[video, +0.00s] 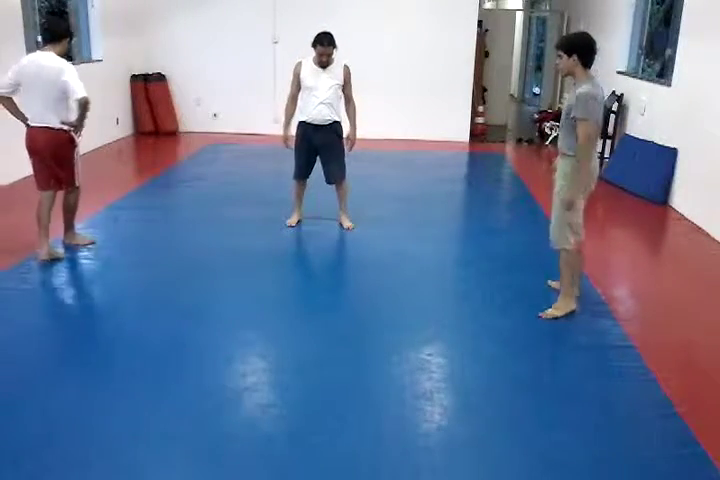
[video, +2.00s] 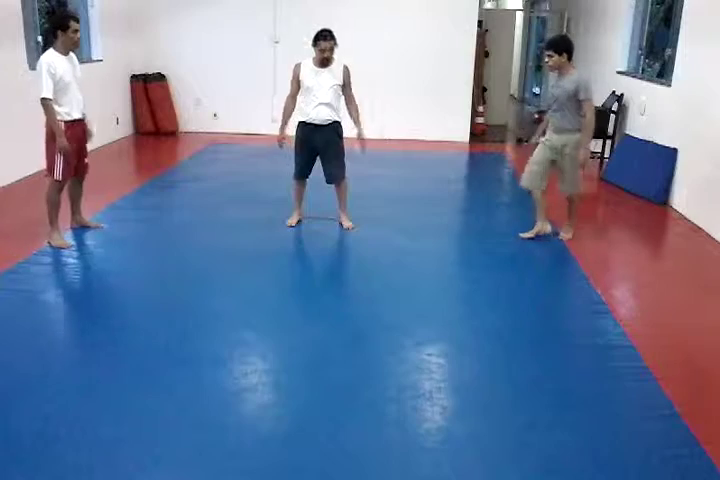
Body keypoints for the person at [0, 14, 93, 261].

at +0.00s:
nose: (69, 46)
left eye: (68, 41)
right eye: (68, 41)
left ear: (43, 38)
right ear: (64, 40)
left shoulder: (25, 63)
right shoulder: (63, 67)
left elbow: (4, 93)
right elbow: (83, 100)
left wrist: (23, 119)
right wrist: (79, 123)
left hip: (34, 134)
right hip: (60, 135)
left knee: (46, 190)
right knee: (71, 186)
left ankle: (44, 247)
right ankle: (70, 235)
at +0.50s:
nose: (83, 45)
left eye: (84, 41)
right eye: (83, 41)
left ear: (62, 36)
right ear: (76, 38)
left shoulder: (43, 56)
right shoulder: (71, 59)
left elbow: (19, 84)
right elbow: (86, 91)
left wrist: (33, 113)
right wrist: (82, 117)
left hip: (44, 124)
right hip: (63, 125)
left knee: (63, 177)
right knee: (72, 180)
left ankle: (68, 222)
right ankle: (69, 234)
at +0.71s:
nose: (87, 44)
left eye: (87, 39)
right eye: (86, 38)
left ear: (71, 35)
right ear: (76, 36)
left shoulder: (54, 55)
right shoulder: (63, 56)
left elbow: (40, 91)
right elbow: (62, 87)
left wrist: (47, 116)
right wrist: (78, 107)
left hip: (53, 119)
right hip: (62, 121)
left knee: (68, 172)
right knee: (70, 175)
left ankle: (71, 218)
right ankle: (68, 231)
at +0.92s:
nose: (88, 40)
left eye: (88, 35)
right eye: (86, 35)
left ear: (72, 33)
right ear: (73, 33)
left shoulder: (64, 55)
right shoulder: (55, 54)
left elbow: (60, 89)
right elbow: (46, 85)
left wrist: (76, 115)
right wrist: (75, 112)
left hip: (66, 120)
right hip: (58, 121)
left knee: (70, 175)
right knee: (66, 176)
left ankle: (71, 219)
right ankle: (66, 229)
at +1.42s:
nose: (75, 35)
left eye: (75, 31)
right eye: (71, 31)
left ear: (66, 33)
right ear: (56, 32)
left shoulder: (66, 58)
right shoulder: (40, 59)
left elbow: (75, 97)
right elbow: (37, 100)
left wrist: (93, 121)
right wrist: (44, 131)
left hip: (70, 123)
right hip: (52, 125)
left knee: (76, 173)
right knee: (53, 180)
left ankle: (71, 219)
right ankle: (54, 232)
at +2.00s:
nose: (78, 36)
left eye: (79, 32)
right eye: (74, 32)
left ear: (73, 33)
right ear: (60, 33)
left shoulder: (72, 58)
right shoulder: (47, 61)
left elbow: (75, 94)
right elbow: (46, 101)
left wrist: (84, 122)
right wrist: (59, 135)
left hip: (77, 123)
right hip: (61, 125)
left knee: (78, 174)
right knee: (58, 180)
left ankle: (77, 217)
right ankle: (54, 231)